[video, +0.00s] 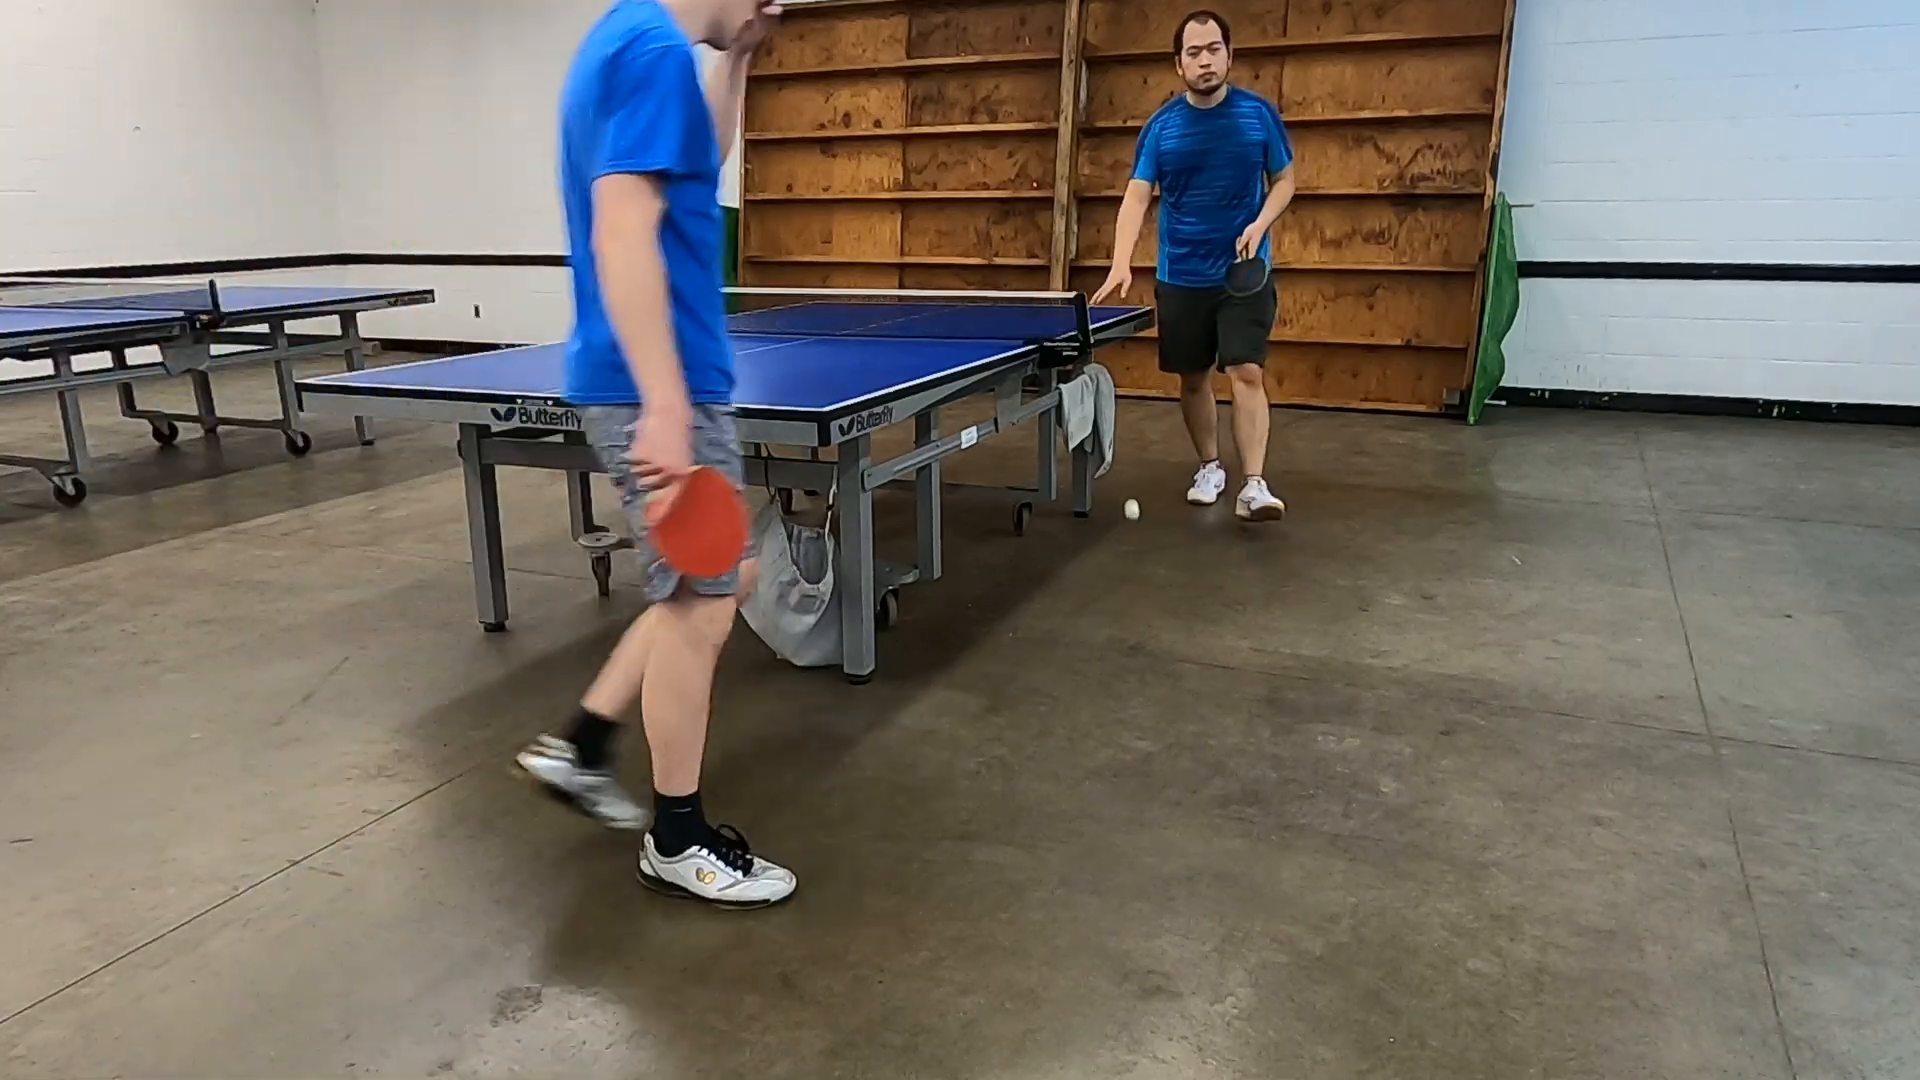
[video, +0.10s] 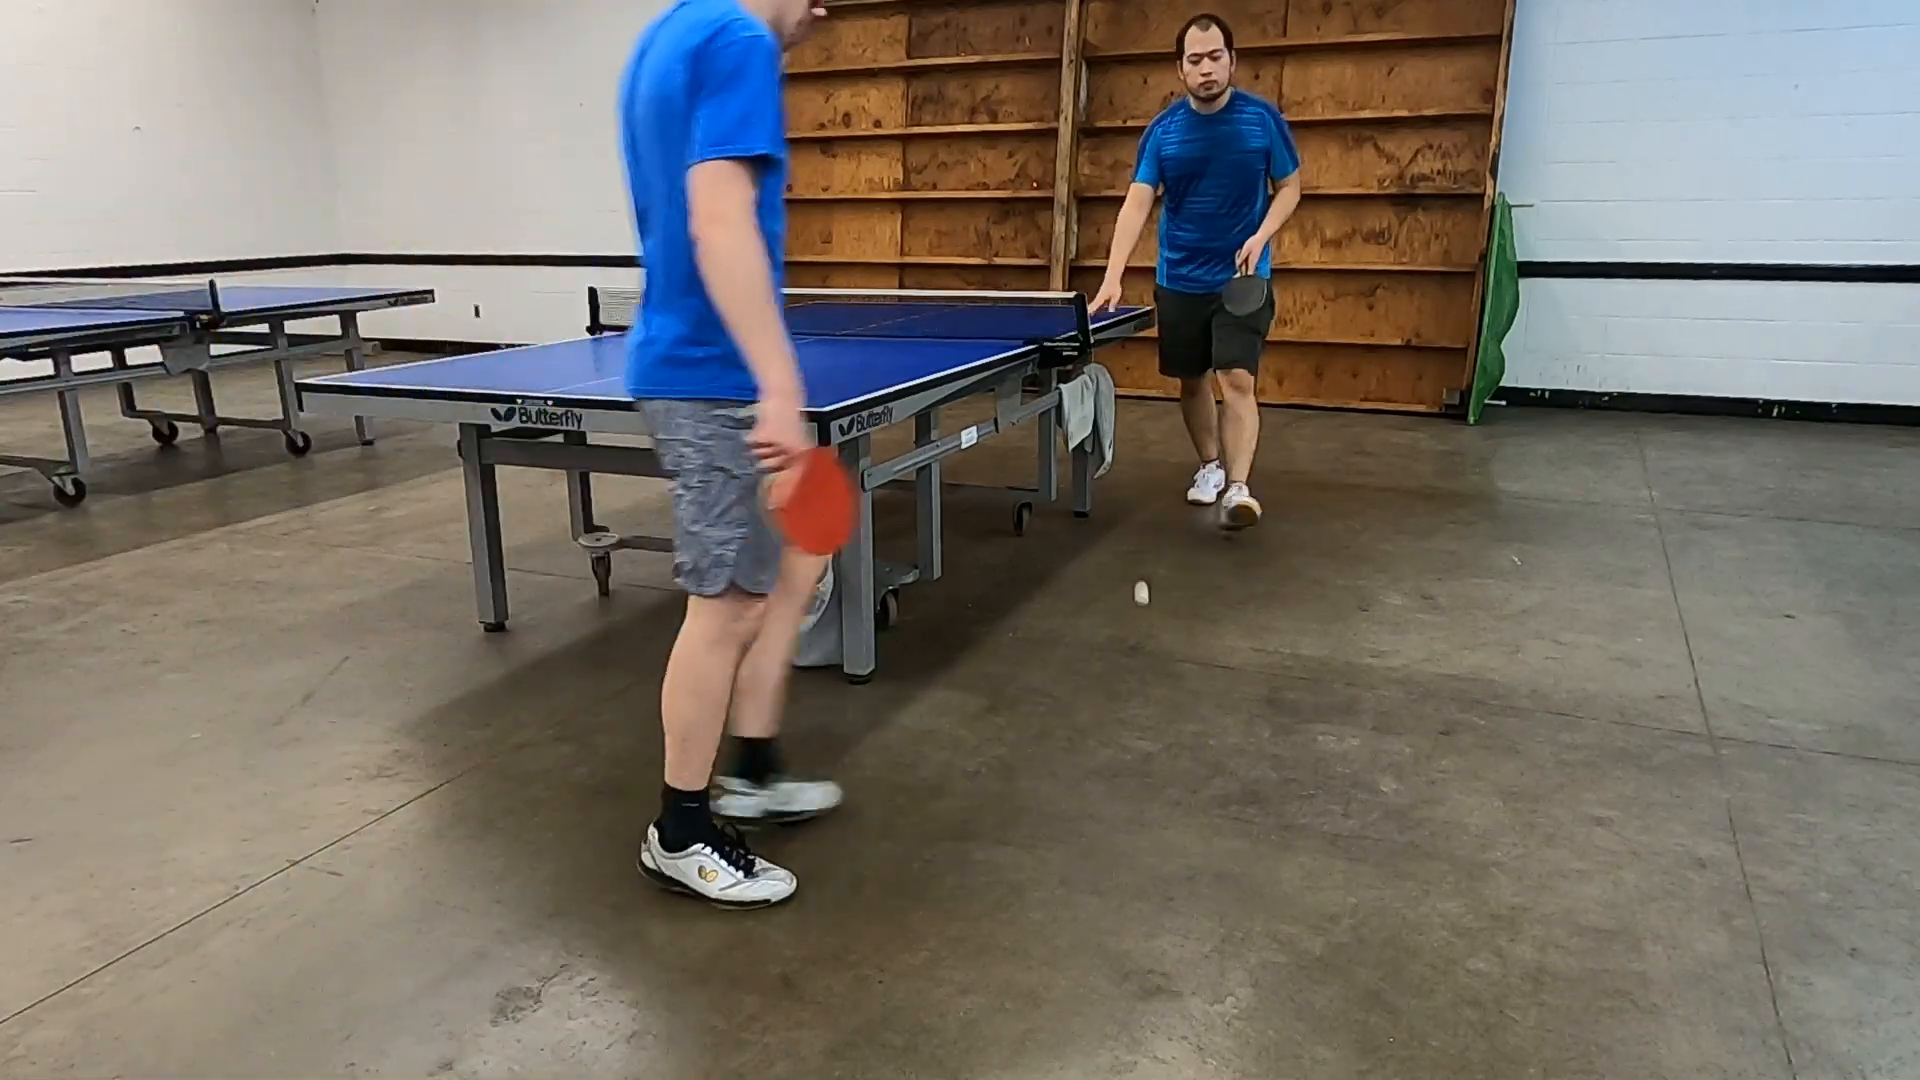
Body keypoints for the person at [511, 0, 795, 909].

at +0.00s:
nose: (765, 19)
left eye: (773, 11)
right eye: (767, 5)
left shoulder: (630, 42)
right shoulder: (654, 50)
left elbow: (698, 174)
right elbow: (621, 229)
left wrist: (730, 59)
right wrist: (665, 400)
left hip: (652, 384)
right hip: (655, 390)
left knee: (719, 570)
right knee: (703, 593)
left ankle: (581, 743)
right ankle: (677, 833)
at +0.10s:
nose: (821, 13)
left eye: (825, 7)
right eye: (821, 2)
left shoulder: (673, 37)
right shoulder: (737, 39)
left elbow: (686, 226)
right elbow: (721, 223)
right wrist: (780, 387)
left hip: (703, 377)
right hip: (714, 382)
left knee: (806, 546)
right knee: (725, 608)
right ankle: (680, 830)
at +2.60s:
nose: (705, 107)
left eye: (701, 96)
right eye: (705, 97)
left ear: (714, 82)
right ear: (787, 57)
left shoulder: (712, 139)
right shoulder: (884, 101)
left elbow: (729, 333)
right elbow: (984, 250)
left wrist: (755, 425)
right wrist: (1001, 366)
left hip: (821, 385)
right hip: (941, 371)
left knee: (775, 601)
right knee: (978, 596)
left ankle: (765, 816)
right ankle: (1035, 820)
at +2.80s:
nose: (591, 52)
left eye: (586, 38)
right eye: (589, 39)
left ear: (599, 24)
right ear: (675, 14)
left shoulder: (610, 86)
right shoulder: (781, 78)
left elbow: (619, 271)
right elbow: (871, 239)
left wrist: (576, 375)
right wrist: (854, 348)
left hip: (720, 376)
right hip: (826, 366)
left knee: (724, 598)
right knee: (843, 566)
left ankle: (762, 816)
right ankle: (938, 749)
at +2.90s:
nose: (553, 35)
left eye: (546, 25)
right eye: (550, 27)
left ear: (564, 10)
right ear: (639, 1)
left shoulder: (572, 66)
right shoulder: (738, 71)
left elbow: (574, 261)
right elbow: (809, 244)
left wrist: (509, 348)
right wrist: (776, 332)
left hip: (681, 367)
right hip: (778, 357)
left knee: (707, 593)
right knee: (764, 557)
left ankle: (759, 811)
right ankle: (826, 737)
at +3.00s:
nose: (512, 29)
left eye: (508, 20)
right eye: (509, 21)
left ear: (528, 6)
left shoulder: (538, 60)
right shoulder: (697, 74)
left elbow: (528, 260)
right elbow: (750, 258)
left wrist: (496, 323)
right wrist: (698, 321)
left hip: (641, 372)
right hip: (734, 359)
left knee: (692, 599)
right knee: (682, 571)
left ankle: (763, 814)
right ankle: (700, 747)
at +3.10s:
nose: (477, 29)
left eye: (474, 19)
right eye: (474, 20)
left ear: (493, 7)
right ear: (566, 2)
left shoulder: (502, 69)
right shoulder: (657, 81)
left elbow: (493, 263)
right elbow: (704, 260)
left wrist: (459, 322)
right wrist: (619, 300)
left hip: (596, 379)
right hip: (683, 364)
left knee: (667, 594)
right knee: (619, 574)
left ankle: (759, 808)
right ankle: (576, 744)